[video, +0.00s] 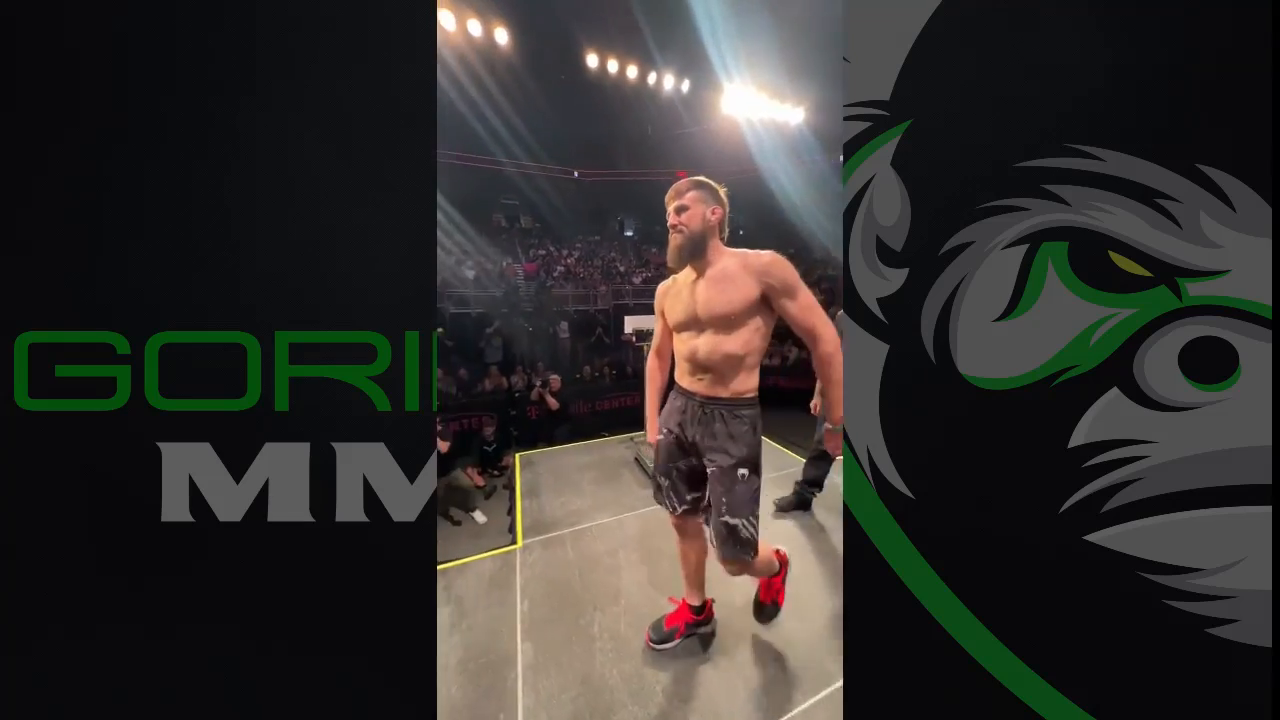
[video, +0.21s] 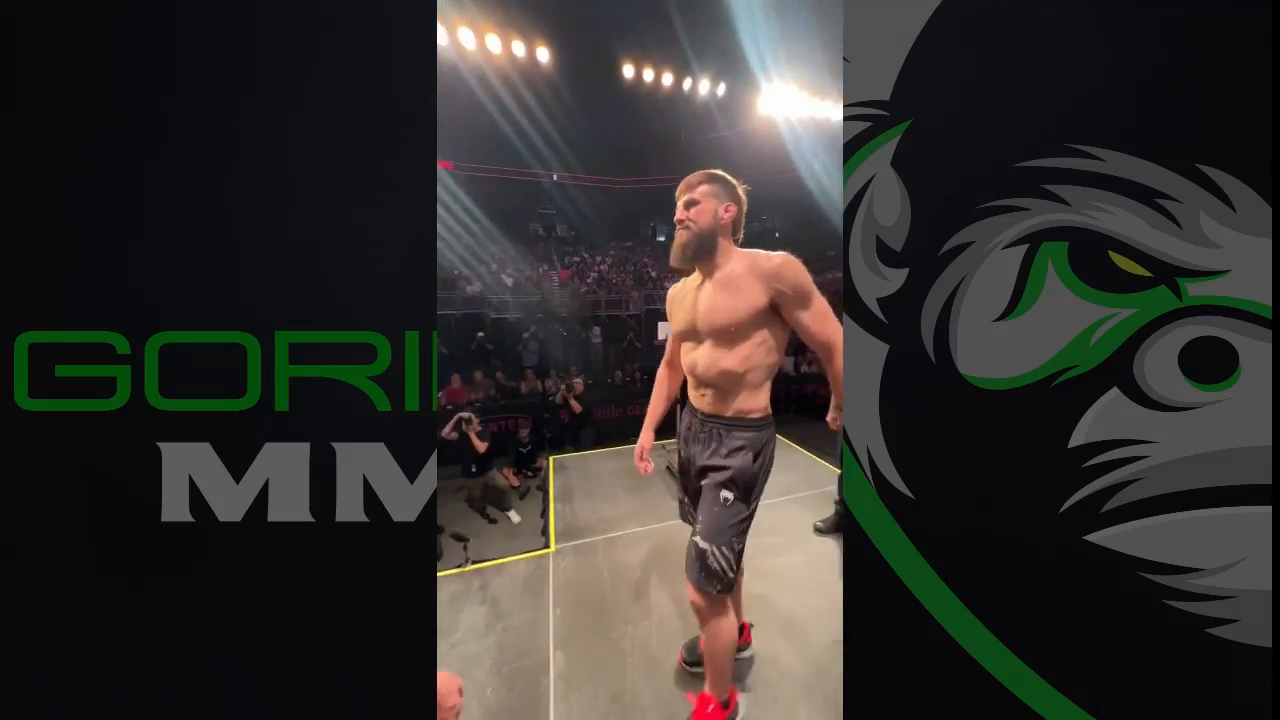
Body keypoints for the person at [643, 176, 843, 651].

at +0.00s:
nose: (672, 220)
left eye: (682, 209)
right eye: (669, 214)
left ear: (716, 213)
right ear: (670, 224)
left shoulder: (763, 268)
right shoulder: (668, 291)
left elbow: (824, 337)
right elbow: (658, 357)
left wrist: (834, 422)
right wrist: (651, 420)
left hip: (733, 417)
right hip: (680, 411)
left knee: (735, 559)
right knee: (684, 516)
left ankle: (777, 566)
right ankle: (695, 607)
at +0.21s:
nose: (680, 214)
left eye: (692, 203)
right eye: (678, 207)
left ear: (730, 212)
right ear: (681, 220)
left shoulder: (775, 271)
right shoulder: (680, 293)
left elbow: (833, 344)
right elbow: (671, 365)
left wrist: (841, 408)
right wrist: (649, 426)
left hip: (742, 437)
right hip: (692, 431)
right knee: (715, 547)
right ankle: (733, 631)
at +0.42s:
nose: (688, 212)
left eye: (705, 200)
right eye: (691, 202)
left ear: (748, 216)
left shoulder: (782, 290)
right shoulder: (707, 294)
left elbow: (851, 409)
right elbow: (695, 374)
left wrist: (814, 544)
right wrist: (657, 436)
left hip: (738, 483)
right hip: (701, 471)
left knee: (682, 640)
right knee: (741, 576)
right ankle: (780, 673)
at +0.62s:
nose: (680, 203)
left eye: (699, 187)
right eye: (686, 187)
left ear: (749, 200)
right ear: (741, 203)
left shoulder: (770, 300)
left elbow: (792, 497)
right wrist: (688, 458)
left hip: (726, 531)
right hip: (702, 513)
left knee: (677, 687)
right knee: (728, 622)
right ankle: (805, 704)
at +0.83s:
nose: (658, 222)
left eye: (671, 196)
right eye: (662, 201)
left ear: (725, 191)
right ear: (726, 194)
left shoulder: (756, 299)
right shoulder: (777, 290)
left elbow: (688, 561)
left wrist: (550, 590)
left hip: (739, 594)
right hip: (756, 577)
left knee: (716, 711)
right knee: (710, 708)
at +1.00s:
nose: (656, 245)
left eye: (666, 217)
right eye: (657, 222)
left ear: (720, 205)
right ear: (721, 208)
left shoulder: (776, 303)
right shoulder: (807, 299)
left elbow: (723, 632)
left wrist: (567, 607)